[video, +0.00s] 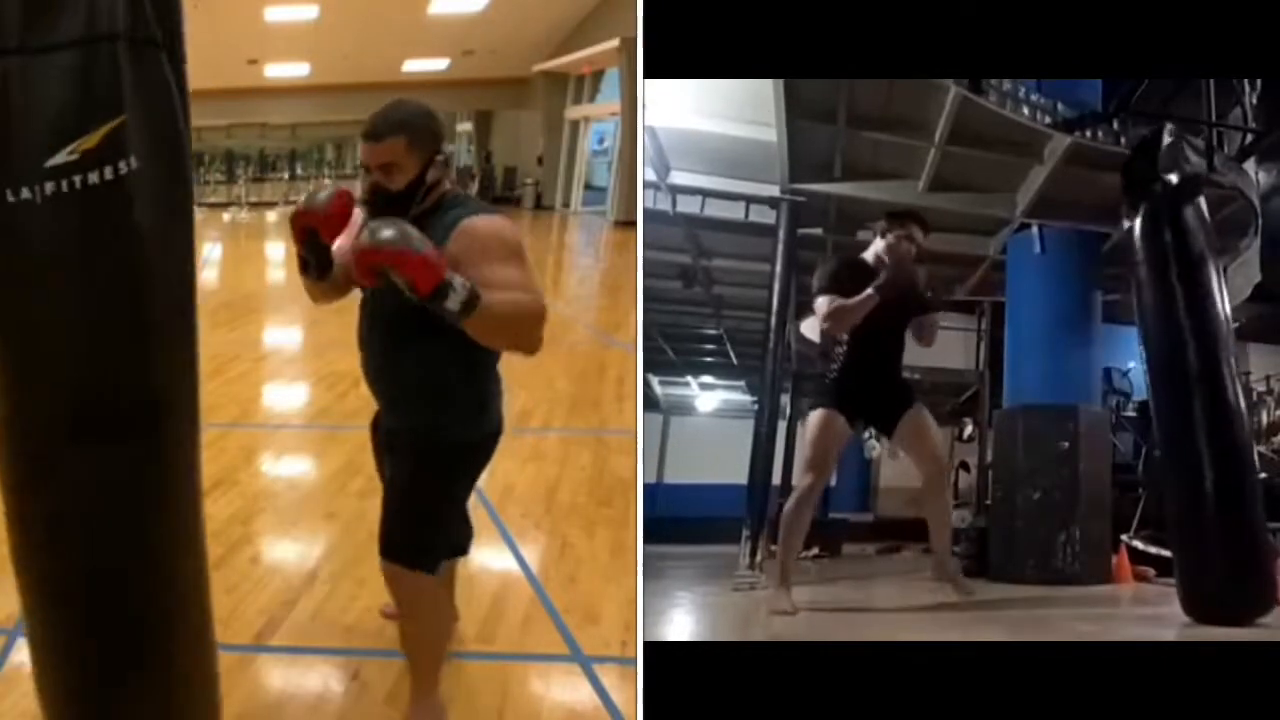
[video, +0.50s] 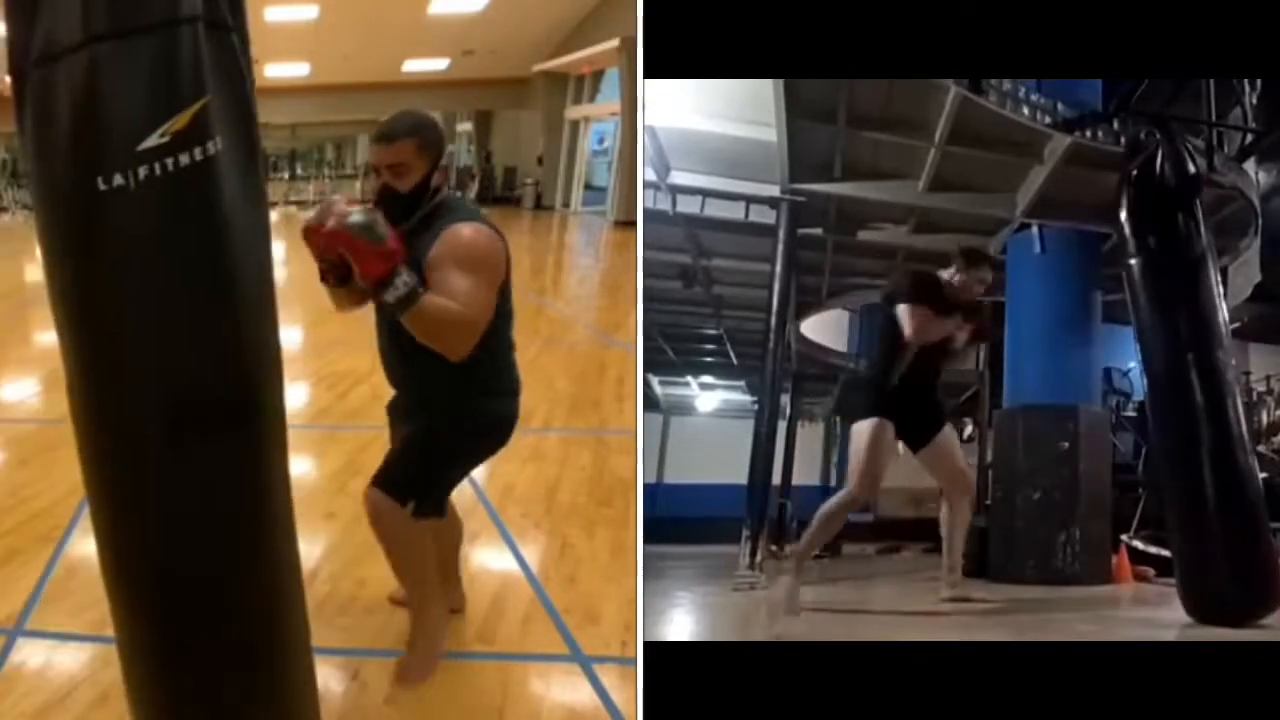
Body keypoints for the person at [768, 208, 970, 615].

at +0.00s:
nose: (906, 249)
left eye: (914, 245)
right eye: (902, 239)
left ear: (917, 253)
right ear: (879, 237)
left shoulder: (907, 285)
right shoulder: (844, 270)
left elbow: (925, 337)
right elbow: (829, 322)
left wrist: (921, 290)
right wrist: (878, 287)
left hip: (889, 390)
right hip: (841, 388)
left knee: (937, 469)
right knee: (811, 480)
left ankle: (943, 566)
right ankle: (781, 582)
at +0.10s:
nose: (910, 256)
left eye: (916, 250)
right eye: (904, 245)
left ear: (918, 255)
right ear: (881, 243)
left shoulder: (911, 289)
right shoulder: (844, 277)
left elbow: (948, 336)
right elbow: (817, 325)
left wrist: (941, 307)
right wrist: (872, 298)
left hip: (892, 397)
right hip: (845, 393)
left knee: (931, 482)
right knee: (811, 481)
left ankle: (961, 570)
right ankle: (784, 580)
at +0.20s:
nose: (918, 259)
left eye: (925, 255)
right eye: (913, 249)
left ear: (927, 262)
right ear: (891, 247)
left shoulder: (918, 294)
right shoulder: (856, 281)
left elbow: (948, 344)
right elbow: (831, 329)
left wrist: (923, 290)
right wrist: (883, 295)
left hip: (898, 398)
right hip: (852, 393)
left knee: (932, 485)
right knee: (822, 486)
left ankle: (956, 581)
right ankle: (786, 584)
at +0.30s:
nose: (945, 273)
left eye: (950, 268)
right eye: (941, 263)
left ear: (946, 270)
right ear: (918, 255)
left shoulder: (928, 300)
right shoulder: (880, 277)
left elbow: (932, 360)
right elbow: (864, 316)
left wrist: (947, 329)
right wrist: (918, 299)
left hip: (896, 401)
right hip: (854, 395)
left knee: (930, 487)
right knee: (833, 490)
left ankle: (953, 581)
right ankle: (785, 583)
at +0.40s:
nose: (960, 298)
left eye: (965, 293)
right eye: (961, 288)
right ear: (942, 275)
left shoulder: (928, 312)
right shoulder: (905, 283)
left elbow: (918, 349)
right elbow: (910, 327)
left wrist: (949, 338)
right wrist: (948, 326)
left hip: (898, 404)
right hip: (860, 398)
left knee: (940, 482)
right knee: (839, 494)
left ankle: (951, 582)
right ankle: (785, 583)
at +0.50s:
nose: (979, 293)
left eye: (983, 286)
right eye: (976, 283)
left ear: (977, 284)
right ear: (956, 272)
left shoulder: (958, 308)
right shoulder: (915, 282)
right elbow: (915, 330)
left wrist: (960, 334)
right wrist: (956, 324)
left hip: (919, 403)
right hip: (877, 395)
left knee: (960, 485)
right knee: (860, 490)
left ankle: (953, 581)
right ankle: (793, 570)